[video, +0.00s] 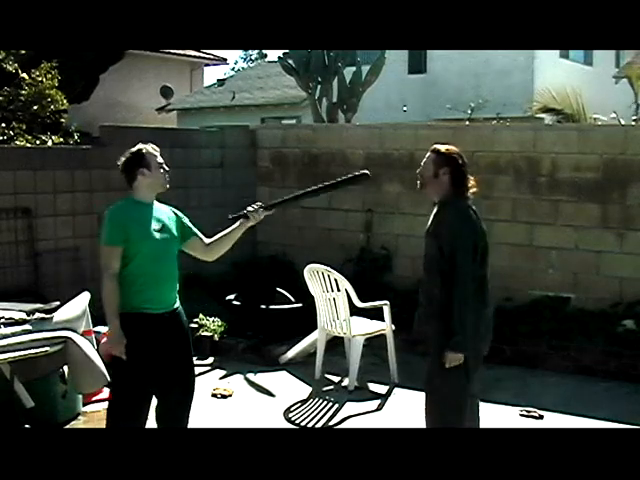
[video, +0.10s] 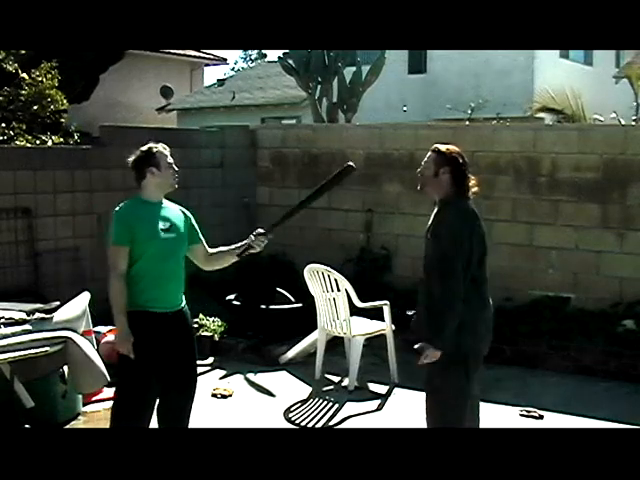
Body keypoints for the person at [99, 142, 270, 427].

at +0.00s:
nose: (167, 169)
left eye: (165, 164)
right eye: (160, 165)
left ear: (148, 173)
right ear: (141, 173)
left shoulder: (171, 216)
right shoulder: (119, 215)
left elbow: (208, 251)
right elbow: (110, 273)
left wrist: (244, 223)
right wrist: (114, 327)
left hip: (172, 321)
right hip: (135, 324)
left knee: (177, 403)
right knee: (128, 410)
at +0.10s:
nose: (176, 169)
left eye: (174, 164)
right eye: (169, 164)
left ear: (157, 173)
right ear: (151, 172)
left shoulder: (182, 215)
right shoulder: (126, 214)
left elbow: (206, 260)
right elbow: (117, 273)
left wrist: (245, 247)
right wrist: (122, 329)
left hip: (177, 320)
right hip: (141, 321)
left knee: (178, 402)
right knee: (135, 405)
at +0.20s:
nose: (185, 170)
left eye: (183, 165)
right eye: (178, 165)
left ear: (164, 172)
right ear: (159, 172)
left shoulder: (188, 216)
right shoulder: (132, 214)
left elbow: (200, 265)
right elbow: (122, 273)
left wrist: (241, 274)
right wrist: (128, 326)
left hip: (182, 321)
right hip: (146, 322)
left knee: (179, 405)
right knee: (138, 406)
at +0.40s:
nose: (199, 171)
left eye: (197, 166)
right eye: (192, 166)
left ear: (180, 174)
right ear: (173, 173)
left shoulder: (198, 218)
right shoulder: (143, 211)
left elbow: (203, 269)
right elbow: (126, 266)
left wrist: (243, 289)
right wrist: (130, 316)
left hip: (185, 318)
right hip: (150, 318)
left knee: (186, 390)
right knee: (148, 392)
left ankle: (176, 429)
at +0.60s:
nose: (200, 172)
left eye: (198, 166)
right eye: (193, 167)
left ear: (181, 174)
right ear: (173, 173)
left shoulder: (199, 218)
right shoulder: (145, 210)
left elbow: (212, 270)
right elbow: (128, 265)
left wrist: (243, 305)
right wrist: (126, 316)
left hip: (186, 318)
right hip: (151, 317)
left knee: (186, 389)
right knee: (151, 393)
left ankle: (177, 428)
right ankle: (147, 431)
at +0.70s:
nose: (193, 171)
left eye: (194, 166)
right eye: (186, 166)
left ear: (195, 172)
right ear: (167, 171)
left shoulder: (199, 217)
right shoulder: (144, 210)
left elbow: (209, 270)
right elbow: (127, 264)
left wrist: (230, 313)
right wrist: (124, 315)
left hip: (187, 318)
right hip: (150, 317)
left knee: (184, 395)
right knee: (149, 396)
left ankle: (177, 434)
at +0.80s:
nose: (181, 169)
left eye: (186, 164)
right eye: (174, 165)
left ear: (193, 172)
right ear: (162, 172)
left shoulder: (201, 217)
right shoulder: (144, 210)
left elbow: (205, 271)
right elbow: (124, 261)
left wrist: (215, 318)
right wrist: (119, 309)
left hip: (188, 319)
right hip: (150, 317)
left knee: (183, 398)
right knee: (149, 398)